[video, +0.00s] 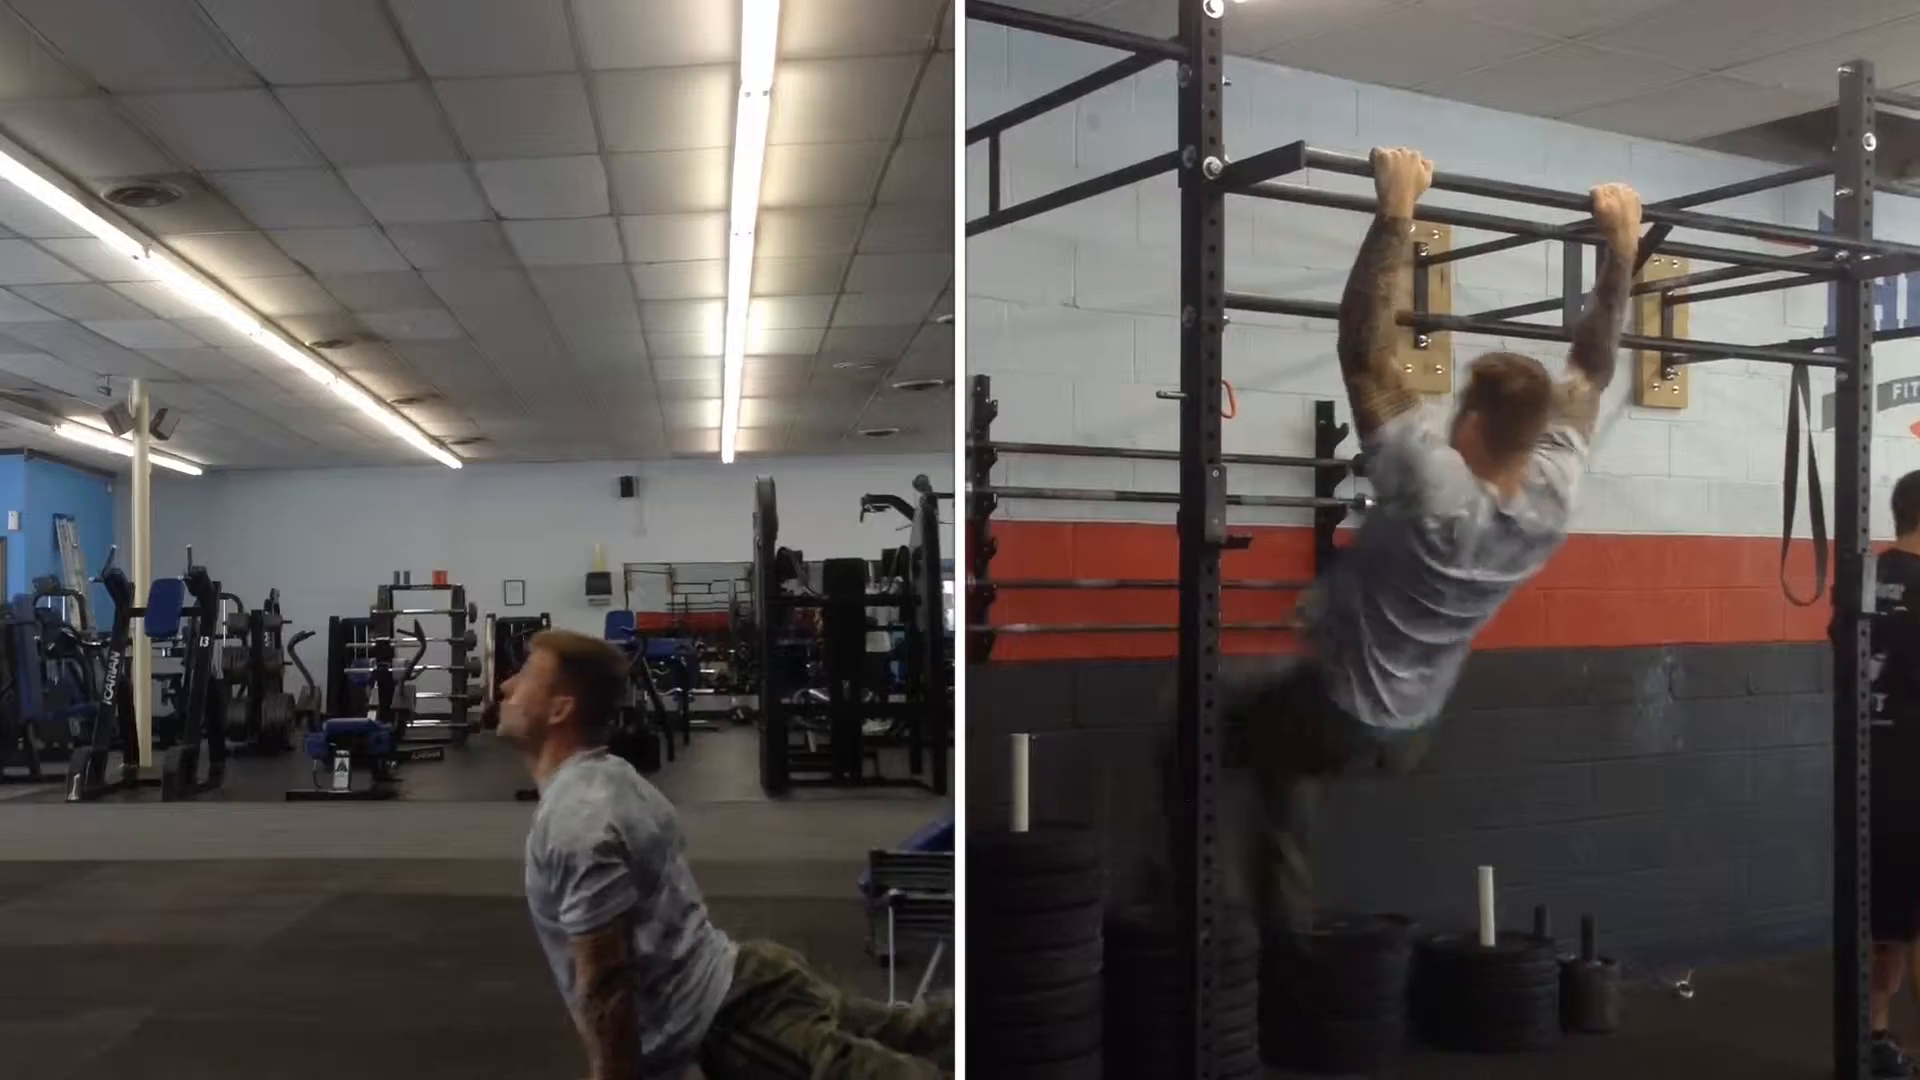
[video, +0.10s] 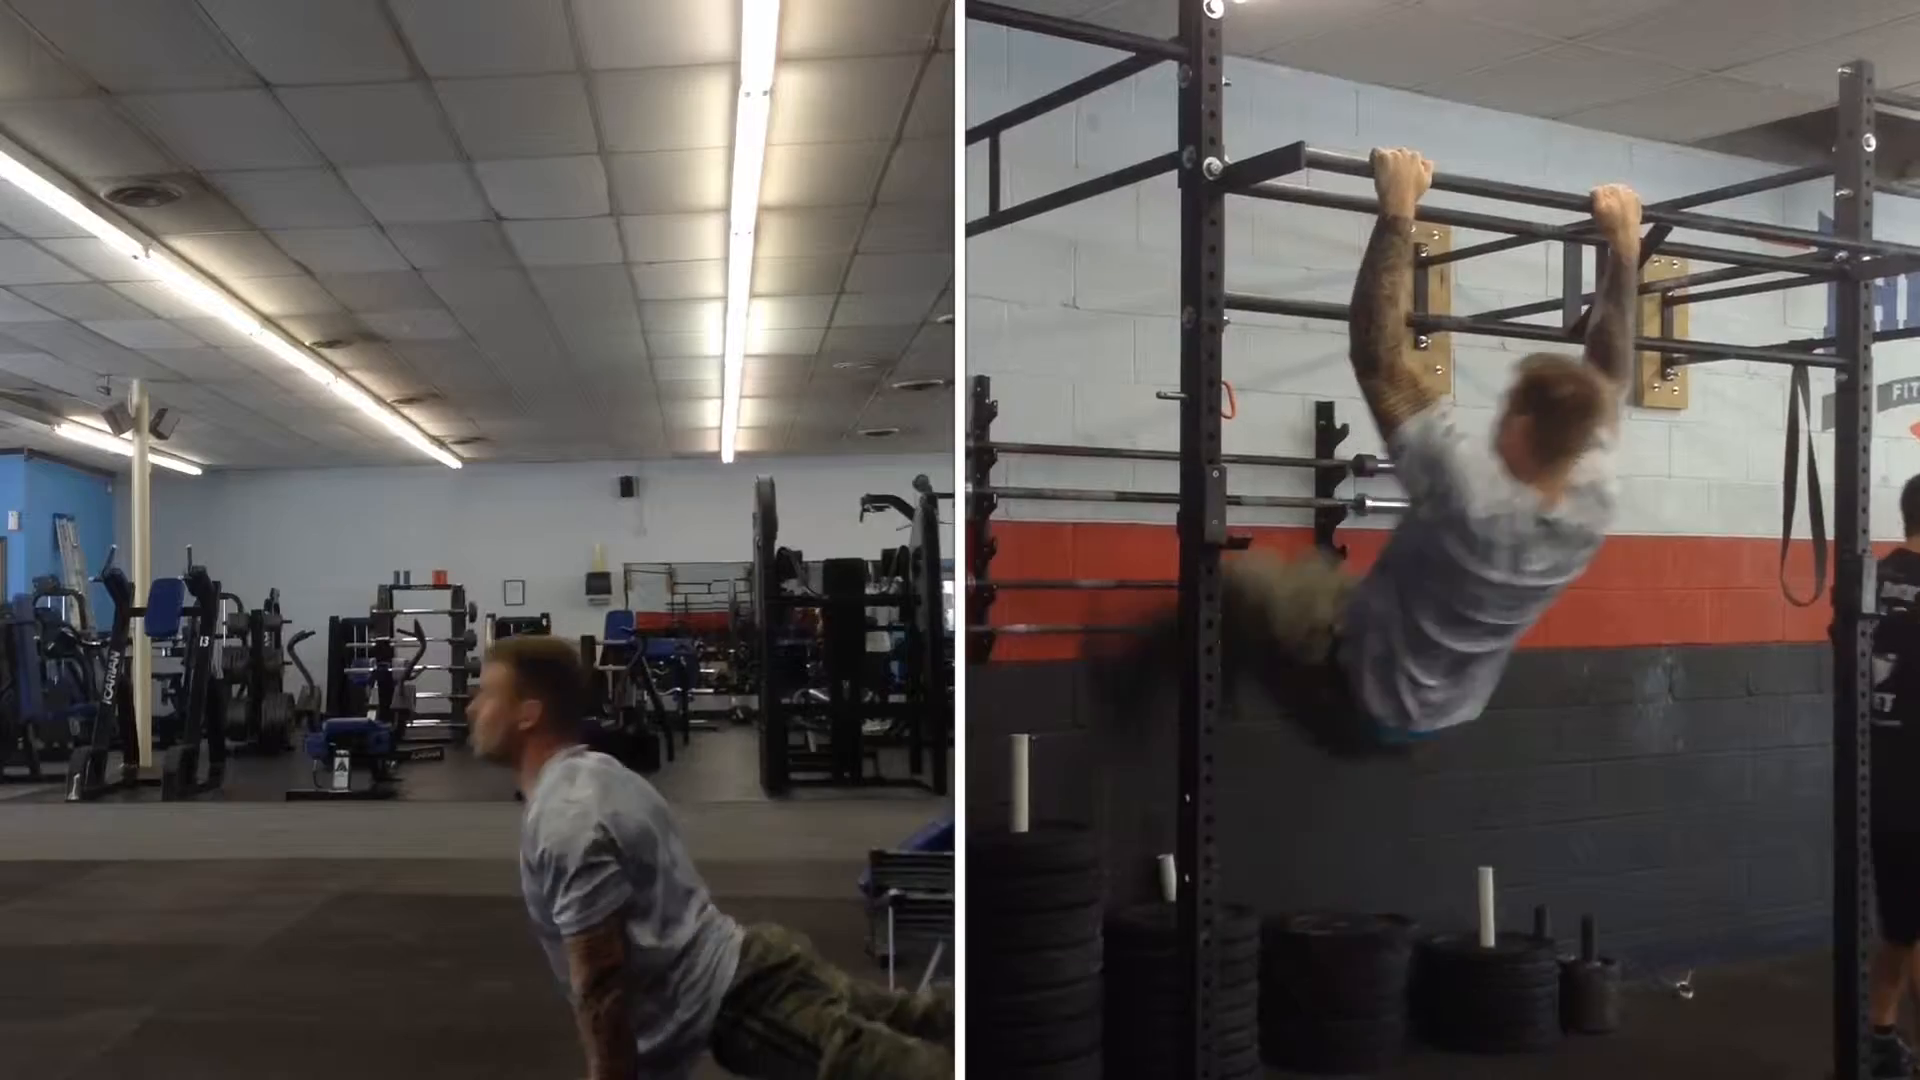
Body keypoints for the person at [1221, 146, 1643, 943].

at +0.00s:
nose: (1455, 419)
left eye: (1462, 410)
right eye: (1465, 408)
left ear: (1470, 426)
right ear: (1538, 439)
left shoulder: (1429, 488)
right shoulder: (1545, 509)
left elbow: (1366, 353)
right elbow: (1590, 376)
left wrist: (1394, 218)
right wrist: (1621, 259)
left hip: (1338, 713)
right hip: (1409, 719)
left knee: (1200, 714)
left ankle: (1192, 902)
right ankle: (1285, 922)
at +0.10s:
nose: (1500, 418)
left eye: (1509, 408)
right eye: (1510, 407)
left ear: (1521, 430)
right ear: (1583, 435)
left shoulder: (1468, 495)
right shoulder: (1592, 508)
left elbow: (1379, 361)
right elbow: (1606, 380)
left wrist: (1396, 214)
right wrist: (1625, 253)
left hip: (1367, 707)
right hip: (1447, 709)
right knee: (1311, 574)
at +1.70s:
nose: (1353, 44)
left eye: (1348, 27)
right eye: (1349, 36)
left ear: (1359, 12)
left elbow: (1382, 12)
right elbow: (1632, 38)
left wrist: (1389, 122)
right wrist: (1605, 20)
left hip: (1540, 85)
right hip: (1633, 80)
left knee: (1537, 346)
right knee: (1628, 349)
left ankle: (1551, 603)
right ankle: (1618, 593)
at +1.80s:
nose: (1358, 87)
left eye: (1351, 70)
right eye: (1354, 82)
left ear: (1358, 25)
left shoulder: (1375, 17)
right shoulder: (1542, 15)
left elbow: (1385, 5)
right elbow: (1628, 53)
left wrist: (1390, 123)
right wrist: (1644, 91)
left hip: (1543, 123)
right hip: (1634, 127)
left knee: (1547, 383)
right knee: (1640, 383)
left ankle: (1567, 638)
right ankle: (1638, 633)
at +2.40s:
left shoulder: (1575, 7)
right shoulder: (1736, 15)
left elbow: (1501, 146)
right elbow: (1770, 167)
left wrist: (1409, 158)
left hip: (1666, 268)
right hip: (1761, 272)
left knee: (1543, 491)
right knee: (1638, 476)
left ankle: (1608, 727)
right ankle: (1723, 648)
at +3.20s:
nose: (1408, 374)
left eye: (1418, 368)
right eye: (1418, 365)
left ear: (1428, 394)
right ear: (1496, 411)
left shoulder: (1386, 459)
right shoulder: (1504, 486)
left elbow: (1352, 337)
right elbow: (1574, 366)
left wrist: (1389, 215)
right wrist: (1618, 261)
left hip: (1307, 698)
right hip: (1385, 705)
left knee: (1244, 880)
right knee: (1343, 870)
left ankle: (1331, 1059)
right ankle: (1406, 1050)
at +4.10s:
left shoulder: (1454, 12)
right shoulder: (1593, 20)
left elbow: (1419, 8)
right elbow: (1711, 53)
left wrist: (1392, 125)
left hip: (1580, 242)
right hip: (1675, 255)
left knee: (1490, 475)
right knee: (1549, 498)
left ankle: (1448, 700)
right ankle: (1482, 681)